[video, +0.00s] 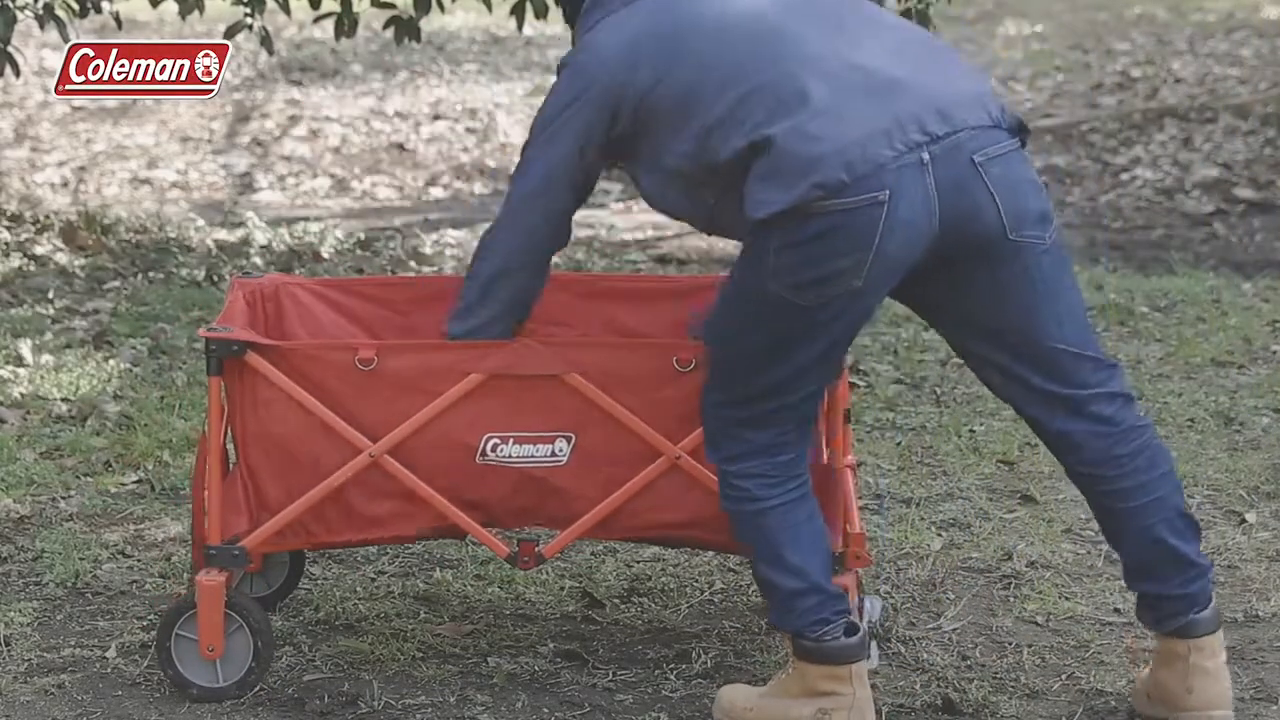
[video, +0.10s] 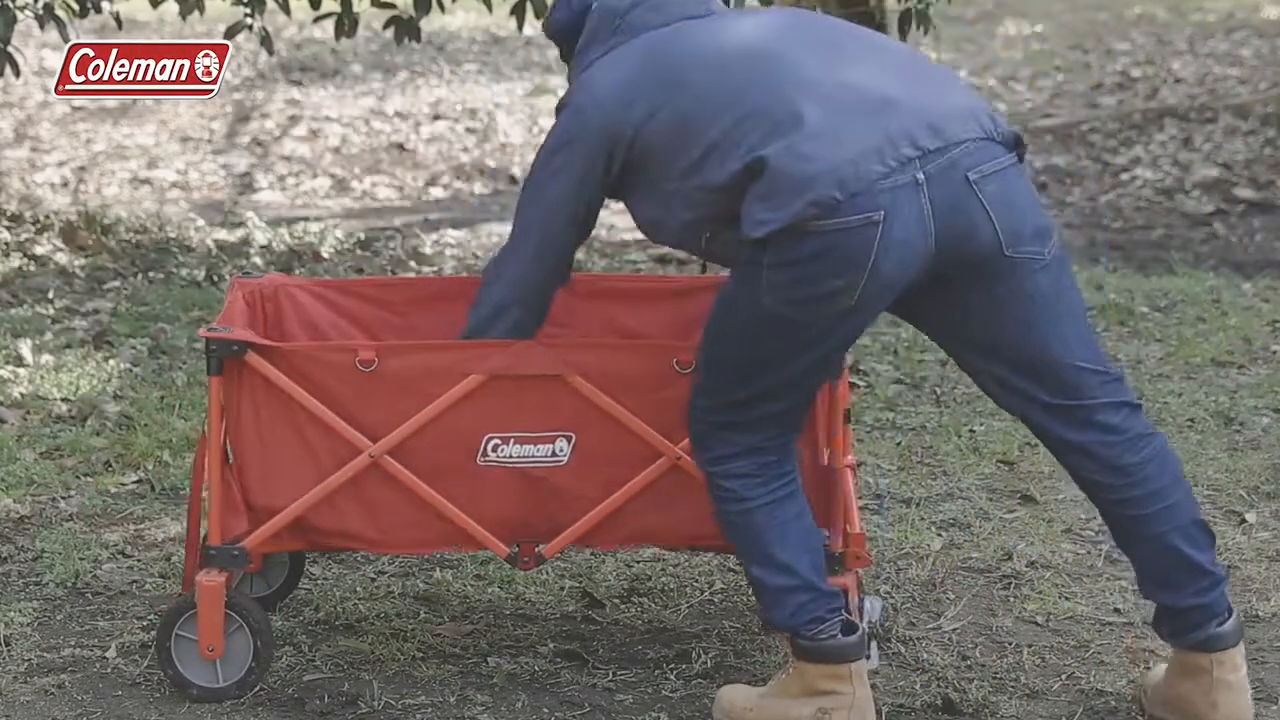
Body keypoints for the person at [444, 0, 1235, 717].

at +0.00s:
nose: (563, 44)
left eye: (563, 32)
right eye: (562, 32)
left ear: (585, 18)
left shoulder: (603, 54)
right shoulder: (789, 12)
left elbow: (517, 244)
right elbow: (838, 170)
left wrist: (457, 369)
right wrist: (734, 319)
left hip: (837, 201)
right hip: (984, 160)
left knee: (755, 443)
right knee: (1092, 403)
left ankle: (826, 668)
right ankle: (1192, 647)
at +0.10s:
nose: (564, 53)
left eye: (565, 39)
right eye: (564, 39)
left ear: (588, 33)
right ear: (686, 4)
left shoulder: (599, 91)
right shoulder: (771, 30)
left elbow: (519, 283)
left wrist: (459, 404)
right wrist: (767, 391)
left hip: (837, 221)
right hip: (986, 177)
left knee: (741, 438)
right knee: (1098, 413)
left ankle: (827, 664)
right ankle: (1211, 653)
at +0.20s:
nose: (564, 61)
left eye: (566, 47)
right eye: (565, 46)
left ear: (588, 40)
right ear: (686, 12)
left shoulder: (600, 100)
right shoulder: (773, 40)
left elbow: (518, 296)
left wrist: (465, 408)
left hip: (834, 227)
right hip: (985, 187)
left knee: (737, 443)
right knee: (1098, 424)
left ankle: (822, 662)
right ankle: (1210, 660)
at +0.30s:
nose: (570, 37)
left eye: (570, 25)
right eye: (570, 25)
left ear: (592, 15)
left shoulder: (604, 70)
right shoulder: (787, 12)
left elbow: (515, 270)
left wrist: (453, 389)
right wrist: (790, 339)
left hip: (834, 217)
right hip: (984, 174)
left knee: (742, 438)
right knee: (1094, 417)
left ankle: (825, 667)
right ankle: (1206, 658)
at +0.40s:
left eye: (574, 42)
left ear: (607, 12)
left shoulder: (608, 32)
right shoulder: (815, 5)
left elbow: (543, 221)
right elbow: (859, 147)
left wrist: (498, 358)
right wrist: (791, 317)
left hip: (839, 197)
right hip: (989, 162)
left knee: (757, 430)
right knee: (1090, 406)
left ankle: (824, 670)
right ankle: (1203, 660)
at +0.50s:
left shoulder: (618, 7)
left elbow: (585, 167)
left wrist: (578, 293)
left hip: (846, 175)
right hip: (995, 140)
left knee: (777, 426)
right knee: (1086, 393)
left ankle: (828, 670)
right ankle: (1192, 660)